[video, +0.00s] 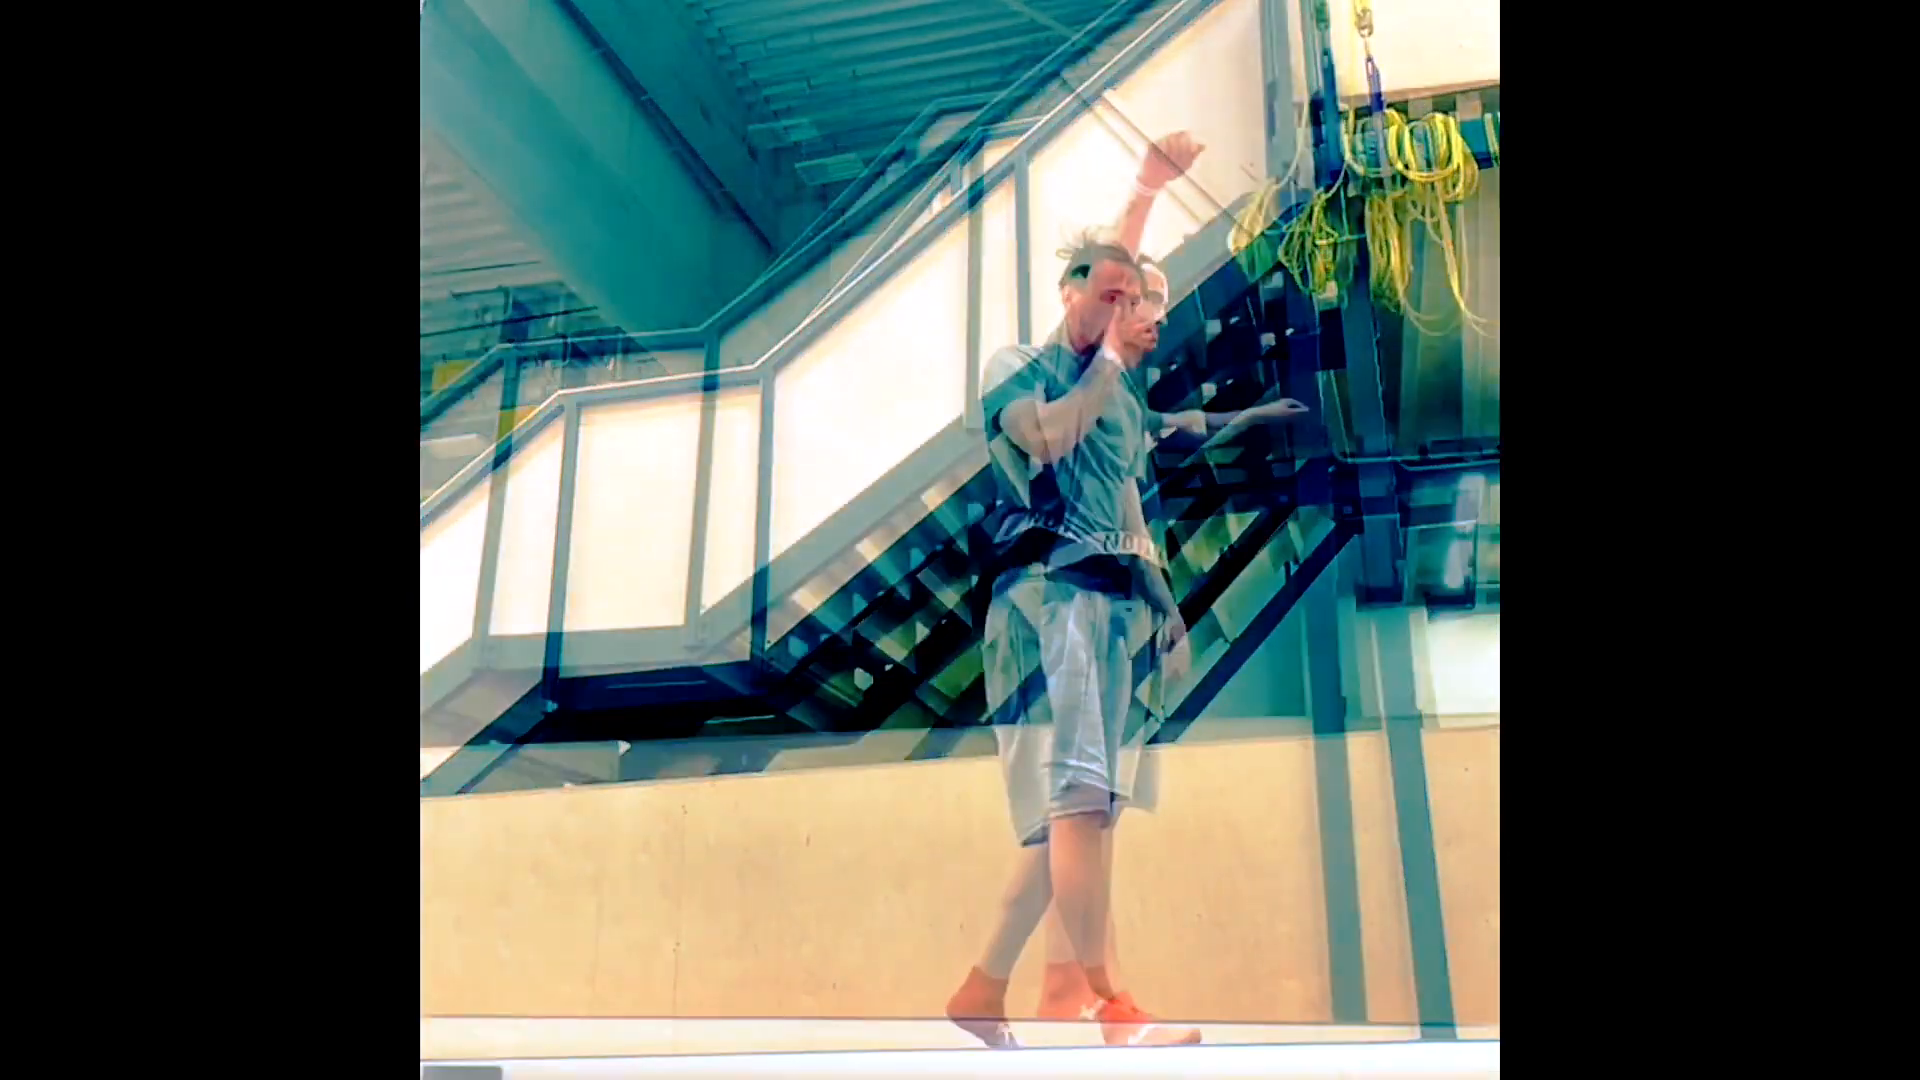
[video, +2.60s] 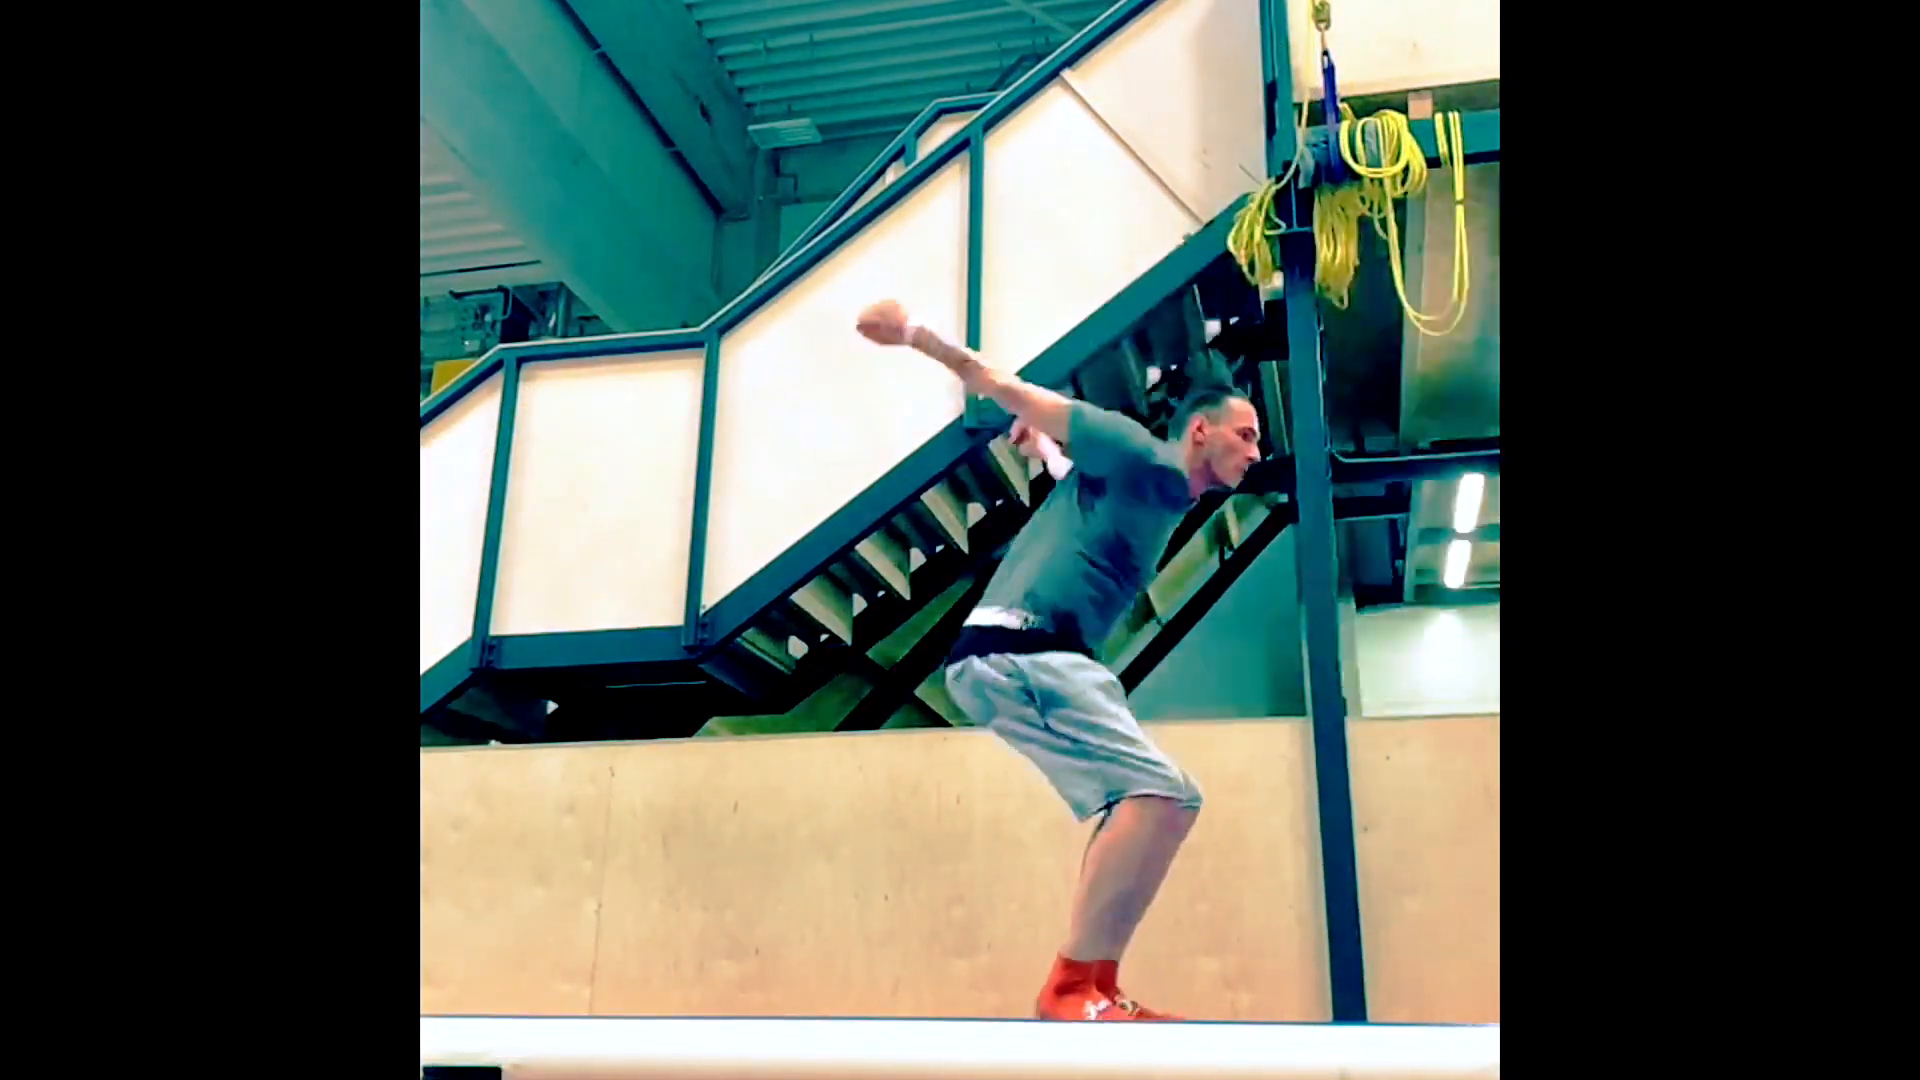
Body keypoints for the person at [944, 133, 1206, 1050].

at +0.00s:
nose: (1126, 312)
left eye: (1132, 302)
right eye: (1114, 294)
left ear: (1129, 312)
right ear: (1074, 293)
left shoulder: (1114, 384)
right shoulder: (1017, 372)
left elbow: (1124, 282)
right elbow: (1046, 438)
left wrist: (1150, 186)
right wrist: (1109, 361)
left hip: (1108, 605)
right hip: (1055, 601)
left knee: (1077, 810)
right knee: (1084, 794)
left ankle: (981, 989)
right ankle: (1087, 988)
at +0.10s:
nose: (1140, 301)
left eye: (1143, 290)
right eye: (1120, 281)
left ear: (1140, 303)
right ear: (1074, 291)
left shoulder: (1125, 391)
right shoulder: (1056, 371)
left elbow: (1188, 425)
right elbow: (1105, 283)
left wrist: (1260, 411)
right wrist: (1148, 185)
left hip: (1143, 598)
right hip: (1095, 585)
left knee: (1161, 805)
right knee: (1091, 791)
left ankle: (1037, 953)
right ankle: (1090, 982)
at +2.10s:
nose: (1154, 273)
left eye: (1152, 261)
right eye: (1141, 259)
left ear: (1127, 280)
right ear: (1104, 264)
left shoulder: (1126, 358)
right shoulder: (1082, 318)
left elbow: (1213, 325)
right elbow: (1189, 232)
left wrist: (1279, 262)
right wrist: (1268, 134)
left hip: (1140, 561)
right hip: (1110, 552)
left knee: (1129, 764)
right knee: (1110, 759)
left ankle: (1119, 966)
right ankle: (1087, 959)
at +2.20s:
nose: (1154, 270)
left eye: (1153, 260)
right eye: (1142, 258)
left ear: (1125, 274)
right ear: (1101, 265)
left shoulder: (1124, 362)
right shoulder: (1077, 312)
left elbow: (1229, 340)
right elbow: (1207, 264)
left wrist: (1322, 272)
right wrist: (1300, 190)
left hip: (1136, 561)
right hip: (1102, 552)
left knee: (1125, 768)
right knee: (1106, 758)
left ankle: (1118, 968)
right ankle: (1086, 961)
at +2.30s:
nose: (1164, 283)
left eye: (1163, 272)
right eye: (1152, 268)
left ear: (1128, 276)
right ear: (1106, 268)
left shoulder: (1128, 371)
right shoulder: (1076, 321)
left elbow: (1222, 405)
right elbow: (1213, 343)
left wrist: (1326, 373)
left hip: (1129, 565)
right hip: (1093, 555)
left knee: (1121, 766)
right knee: (1102, 760)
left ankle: (1119, 960)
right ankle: (1088, 955)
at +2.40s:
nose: (1188, 292)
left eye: (1192, 282)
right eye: (1177, 275)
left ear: (1162, 286)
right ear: (1134, 272)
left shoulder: (1140, 374)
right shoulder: (1096, 330)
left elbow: (1159, 495)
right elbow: (1130, 445)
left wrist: (1219, 566)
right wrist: (1214, 525)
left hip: (1120, 570)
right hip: (1077, 556)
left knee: (1137, 768)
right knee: (1109, 754)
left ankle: (1123, 957)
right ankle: (1090, 955)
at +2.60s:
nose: (1256, 452)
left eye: (1257, 439)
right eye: (1246, 435)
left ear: (1210, 438)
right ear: (1200, 430)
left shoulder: (1155, 490)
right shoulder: (1140, 455)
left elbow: (1071, 476)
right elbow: (1006, 389)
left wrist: (1039, 443)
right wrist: (913, 333)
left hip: (1038, 655)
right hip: (1016, 653)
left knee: (1152, 805)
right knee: (1157, 795)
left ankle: (1093, 987)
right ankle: (1074, 987)